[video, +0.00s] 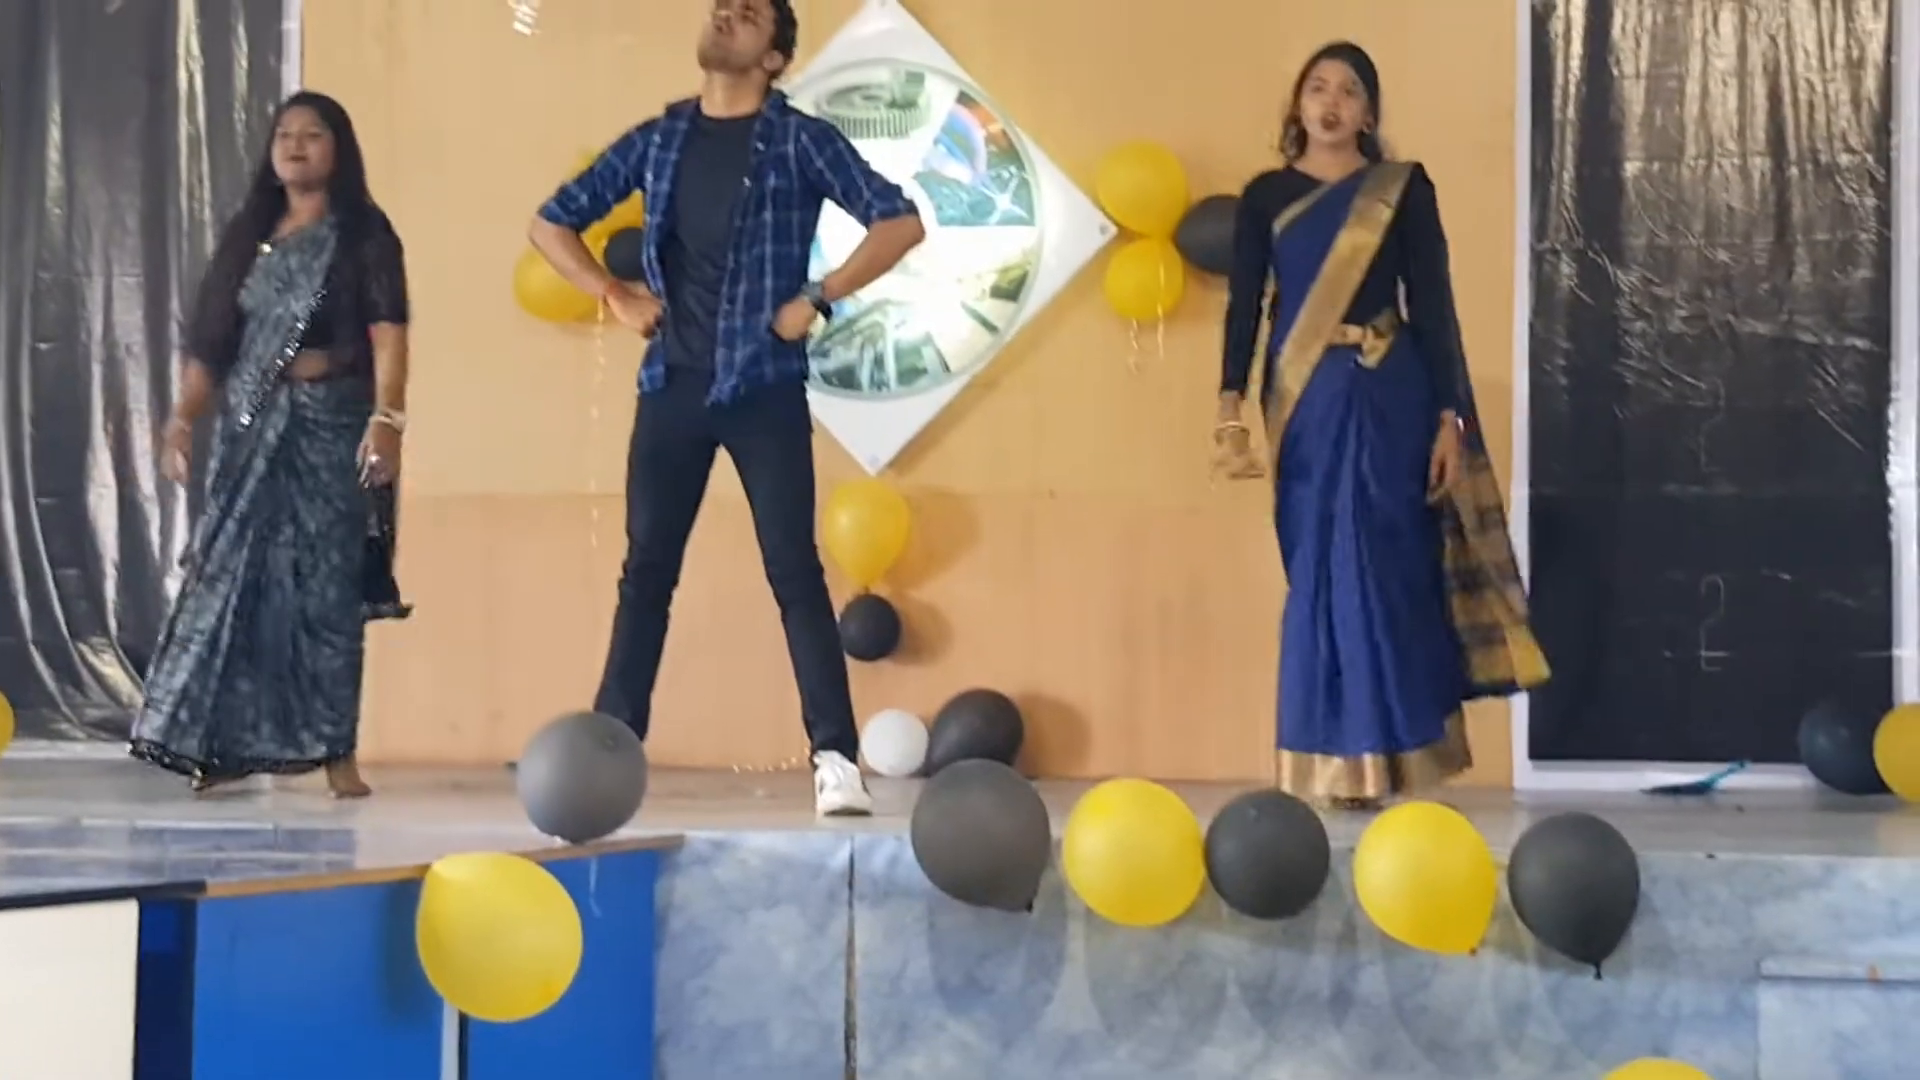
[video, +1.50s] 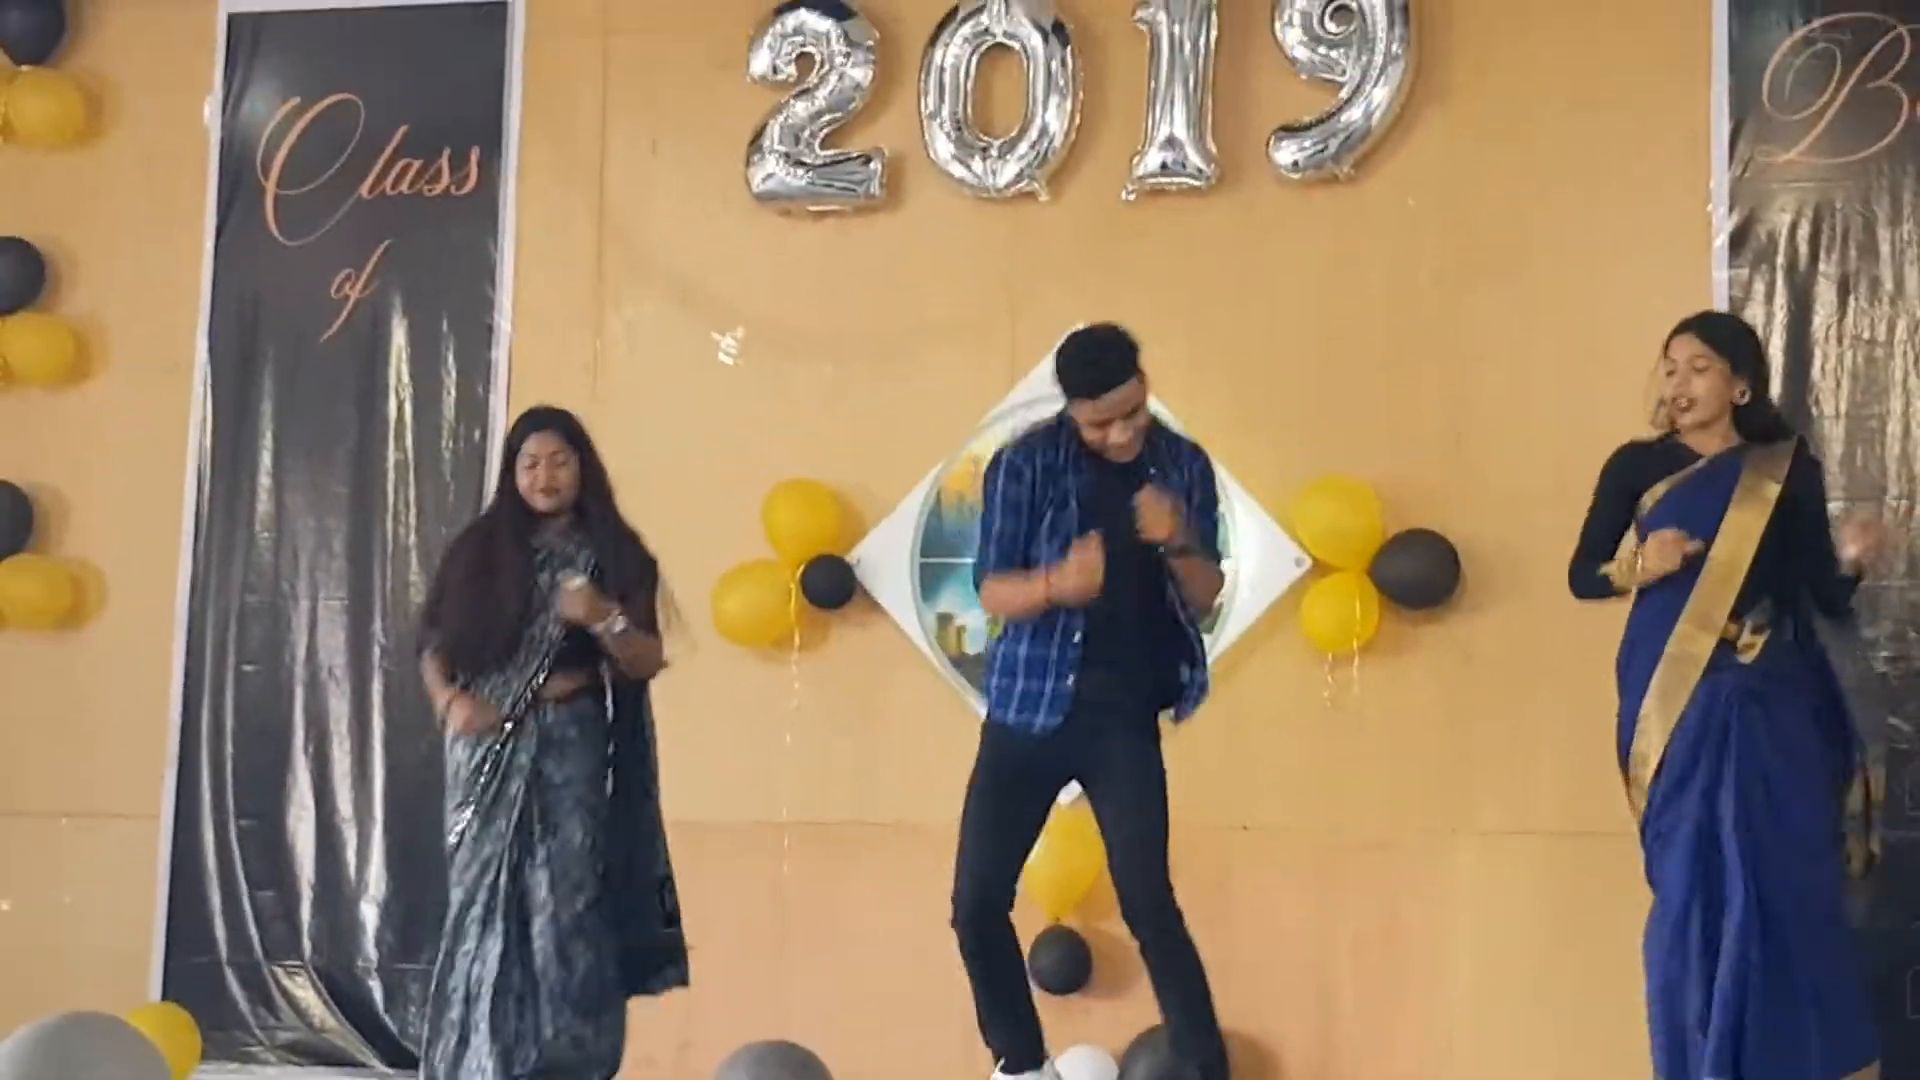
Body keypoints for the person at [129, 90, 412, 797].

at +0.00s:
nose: (296, 148)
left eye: (312, 137)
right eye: (286, 137)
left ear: (340, 150)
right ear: (269, 151)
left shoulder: (367, 233)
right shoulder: (247, 234)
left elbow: (388, 328)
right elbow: (210, 339)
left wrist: (388, 418)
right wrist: (182, 418)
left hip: (331, 424)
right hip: (249, 426)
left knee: (329, 581)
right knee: (235, 575)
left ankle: (339, 748)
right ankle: (224, 747)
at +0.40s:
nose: (284, 236)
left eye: (300, 225)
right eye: (271, 223)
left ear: (323, 237)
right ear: (254, 232)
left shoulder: (350, 314)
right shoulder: (227, 315)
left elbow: (381, 417)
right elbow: (195, 429)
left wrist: (371, 496)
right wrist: (152, 517)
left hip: (324, 504)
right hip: (246, 506)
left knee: (330, 656)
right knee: (247, 655)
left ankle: (345, 824)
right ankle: (251, 826)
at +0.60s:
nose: (299, 307)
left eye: (313, 294)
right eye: (286, 292)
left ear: (333, 302)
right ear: (263, 297)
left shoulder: (360, 368)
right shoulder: (237, 368)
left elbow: (399, 465)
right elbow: (203, 446)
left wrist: (371, 534)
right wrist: (190, 509)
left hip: (333, 560)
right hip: (255, 561)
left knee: (327, 722)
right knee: (256, 720)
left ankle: (325, 890)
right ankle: (258, 892)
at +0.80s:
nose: (374, 377)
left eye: (388, 366)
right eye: (362, 361)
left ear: (405, 373)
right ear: (337, 363)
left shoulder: (420, 442)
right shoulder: (296, 433)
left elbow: (438, 536)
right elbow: (251, 519)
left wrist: (423, 597)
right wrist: (269, 552)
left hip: (390, 629)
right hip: (310, 627)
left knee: (392, 780)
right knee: (308, 780)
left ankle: (398, 941)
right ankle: (309, 942)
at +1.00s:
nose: (467, 414)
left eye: (482, 404)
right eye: (456, 400)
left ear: (502, 415)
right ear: (434, 404)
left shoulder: (515, 493)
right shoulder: (392, 471)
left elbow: (526, 579)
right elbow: (328, 538)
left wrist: (509, 636)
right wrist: (355, 583)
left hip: (470, 672)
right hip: (388, 668)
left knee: (480, 811)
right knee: (385, 809)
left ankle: (506, 969)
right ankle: (378, 963)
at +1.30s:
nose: (544, 412)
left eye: (558, 399)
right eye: (530, 399)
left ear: (582, 408)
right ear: (510, 408)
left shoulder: (607, 491)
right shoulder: (472, 480)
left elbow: (621, 593)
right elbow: (434, 576)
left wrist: (610, 599)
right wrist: (452, 598)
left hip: (563, 691)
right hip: (476, 688)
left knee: (566, 847)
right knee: (473, 840)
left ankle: (576, 1024)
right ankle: (474, 1008)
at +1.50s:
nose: (544, 474)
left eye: (559, 460)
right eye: (530, 463)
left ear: (583, 469)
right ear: (513, 475)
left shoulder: (619, 553)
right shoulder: (479, 549)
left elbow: (647, 660)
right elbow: (432, 647)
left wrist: (603, 621)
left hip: (577, 746)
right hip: (487, 748)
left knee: (571, 914)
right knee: (485, 911)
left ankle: (569, 1062)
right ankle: (482, 1062)